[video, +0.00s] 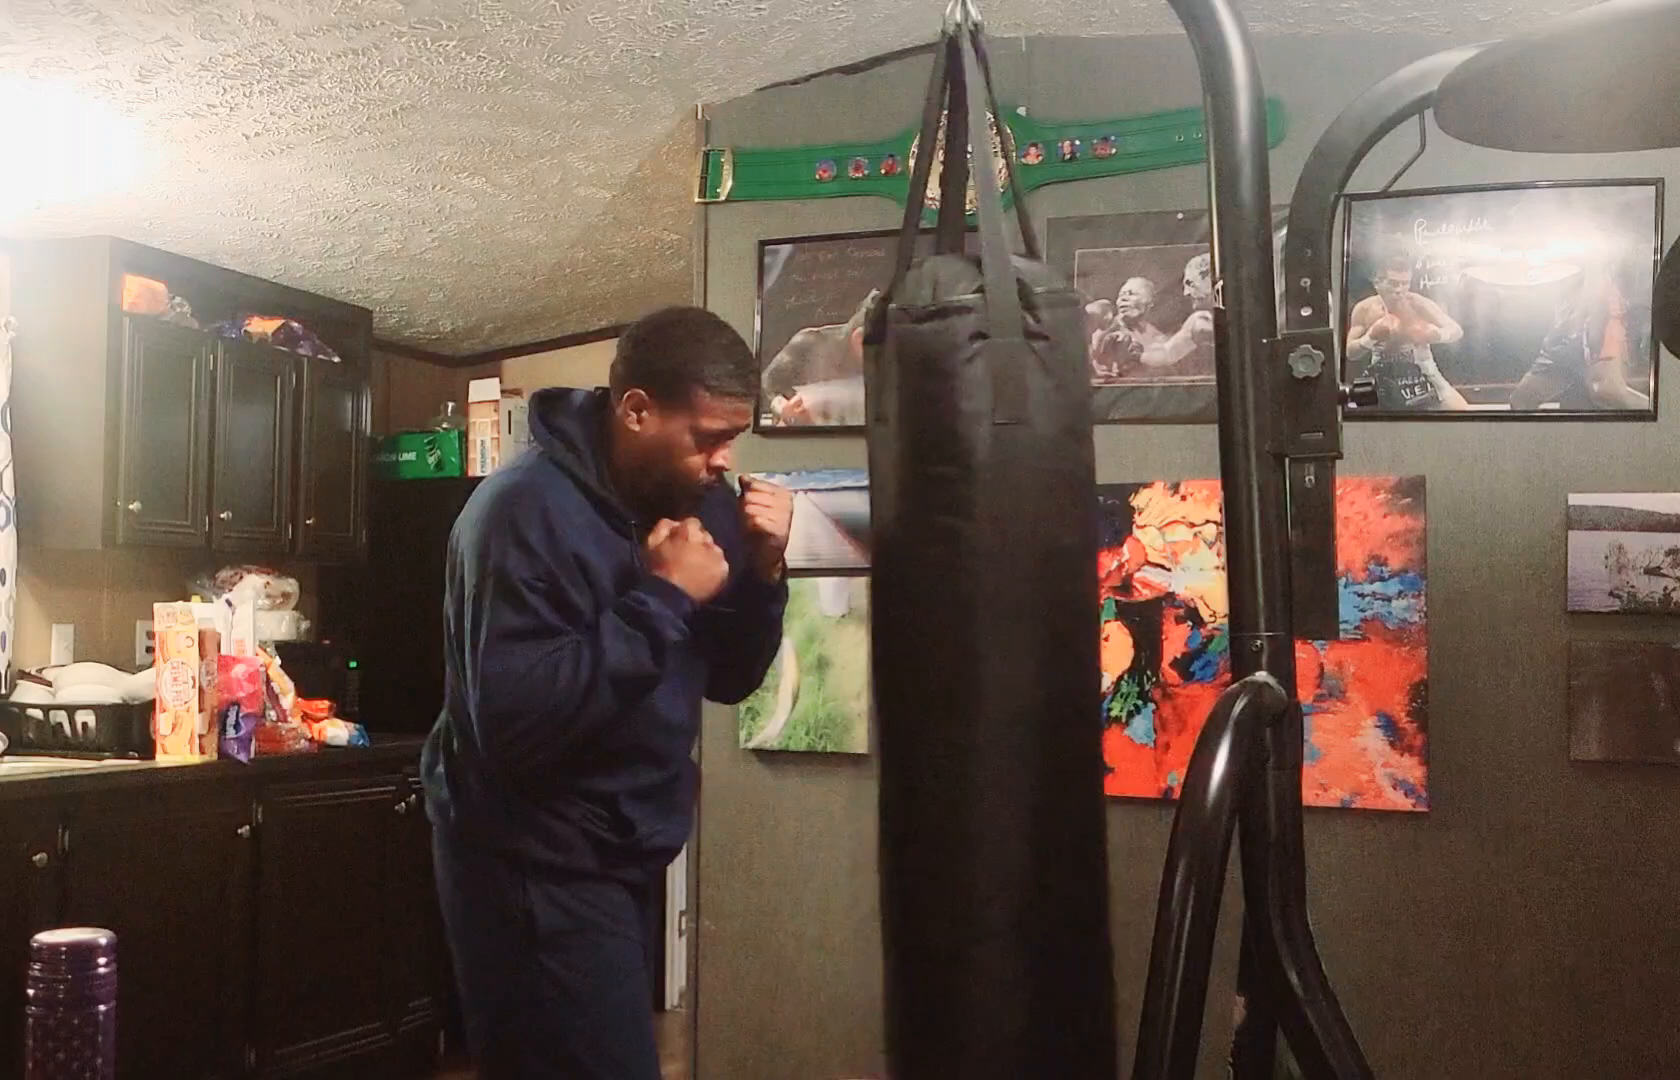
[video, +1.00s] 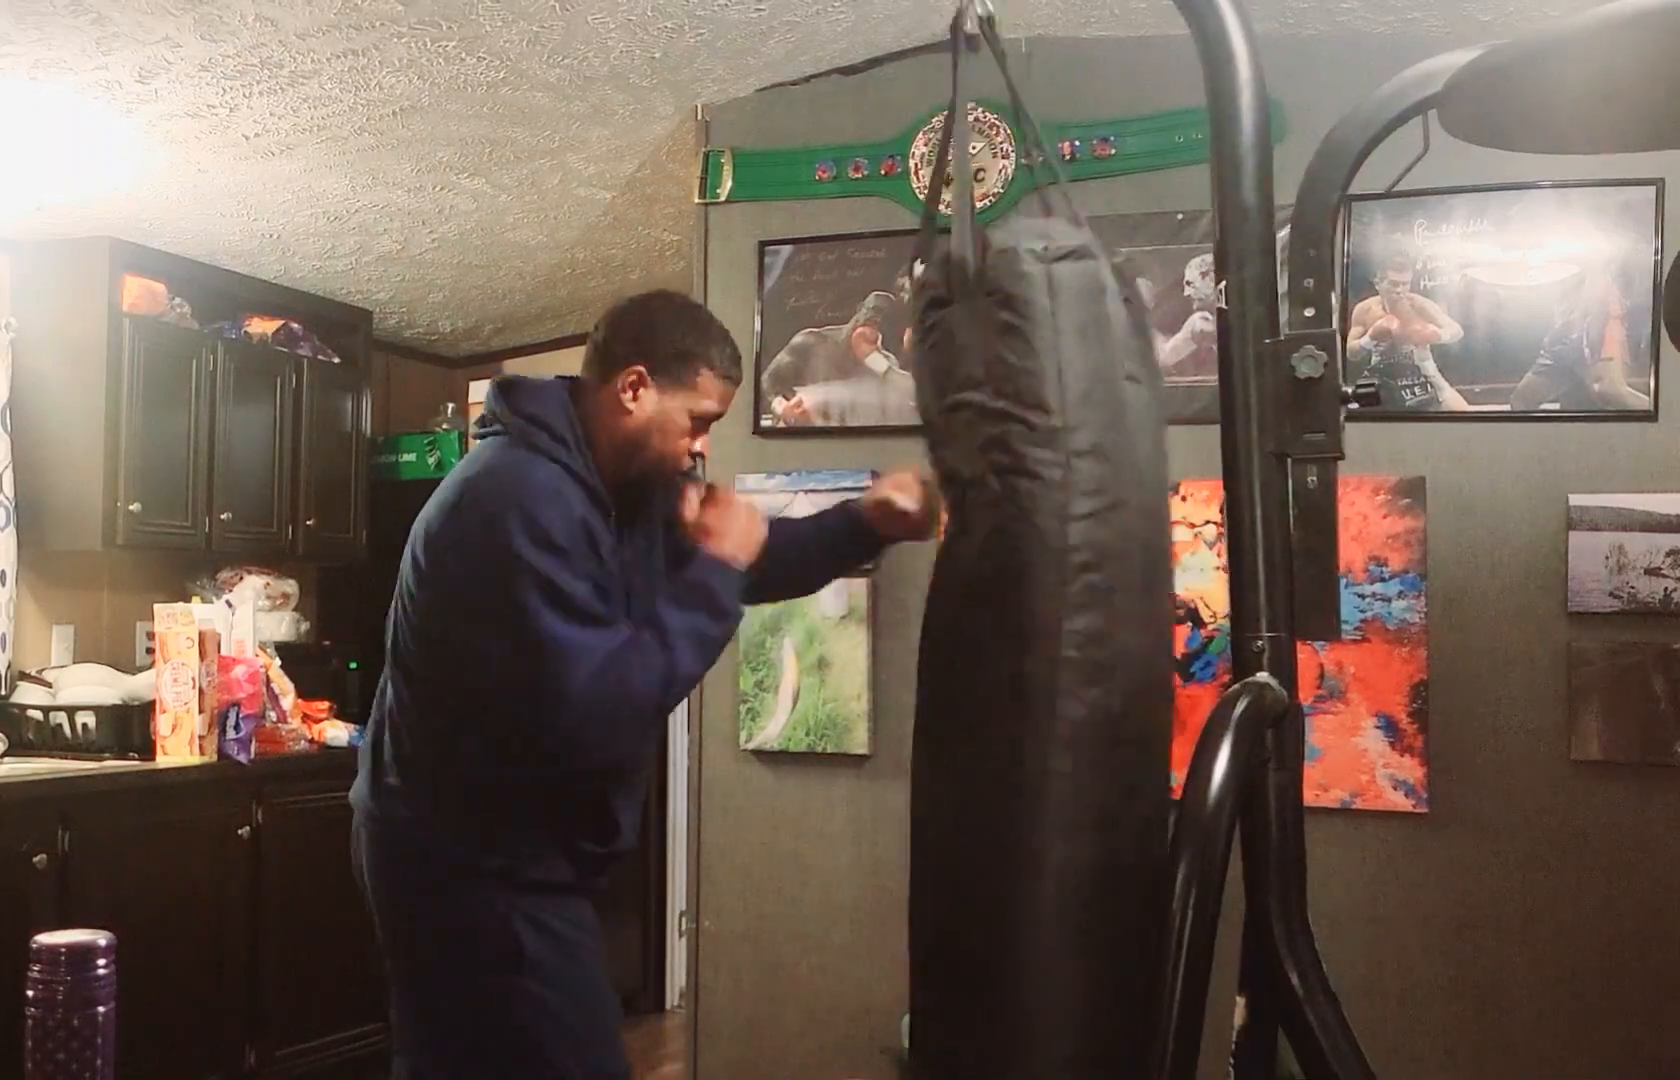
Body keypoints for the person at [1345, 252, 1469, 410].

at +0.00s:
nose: (1400, 290)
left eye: (1405, 284)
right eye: (1394, 284)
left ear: (1410, 283)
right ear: (1377, 283)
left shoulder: (1420, 304)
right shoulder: (1364, 309)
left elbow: (1456, 331)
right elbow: (1351, 353)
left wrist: (1433, 334)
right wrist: (1372, 337)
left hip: (1425, 379)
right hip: (1383, 381)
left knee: (1465, 414)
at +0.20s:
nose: (1400, 290)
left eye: (1405, 284)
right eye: (1394, 283)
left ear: (1410, 283)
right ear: (1378, 283)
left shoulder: (1421, 304)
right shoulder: (1364, 309)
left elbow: (1456, 330)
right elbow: (1351, 353)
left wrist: (1433, 334)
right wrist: (1372, 336)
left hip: (1425, 379)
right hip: (1382, 382)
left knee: (1464, 414)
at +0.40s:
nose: (1400, 290)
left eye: (1405, 284)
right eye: (1394, 284)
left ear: (1410, 283)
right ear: (1377, 283)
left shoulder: (1420, 304)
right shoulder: (1364, 309)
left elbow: (1456, 330)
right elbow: (1351, 354)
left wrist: (1433, 334)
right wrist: (1371, 337)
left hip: (1426, 380)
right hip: (1384, 383)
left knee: (1465, 415)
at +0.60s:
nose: (1400, 290)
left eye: (1405, 284)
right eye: (1394, 284)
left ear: (1410, 283)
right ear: (1378, 283)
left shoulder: (1420, 304)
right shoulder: (1364, 309)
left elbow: (1456, 331)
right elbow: (1351, 353)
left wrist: (1433, 334)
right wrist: (1372, 336)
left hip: (1425, 378)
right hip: (1382, 380)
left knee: (1463, 413)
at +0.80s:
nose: (1400, 290)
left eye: (1405, 284)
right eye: (1394, 284)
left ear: (1410, 282)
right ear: (1377, 282)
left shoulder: (1421, 304)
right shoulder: (1364, 309)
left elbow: (1456, 330)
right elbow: (1351, 352)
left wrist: (1433, 334)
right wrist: (1372, 336)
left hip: (1425, 377)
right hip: (1383, 380)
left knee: (1464, 413)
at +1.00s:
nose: (1400, 290)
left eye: (1405, 284)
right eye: (1394, 284)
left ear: (1410, 283)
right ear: (1378, 283)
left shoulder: (1421, 305)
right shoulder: (1364, 310)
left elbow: (1456, 331)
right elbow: (1351, 353)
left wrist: (1435, 335)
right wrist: (1371, 337)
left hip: (1425, 380)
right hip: (1382, 382)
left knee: (1466, 416)